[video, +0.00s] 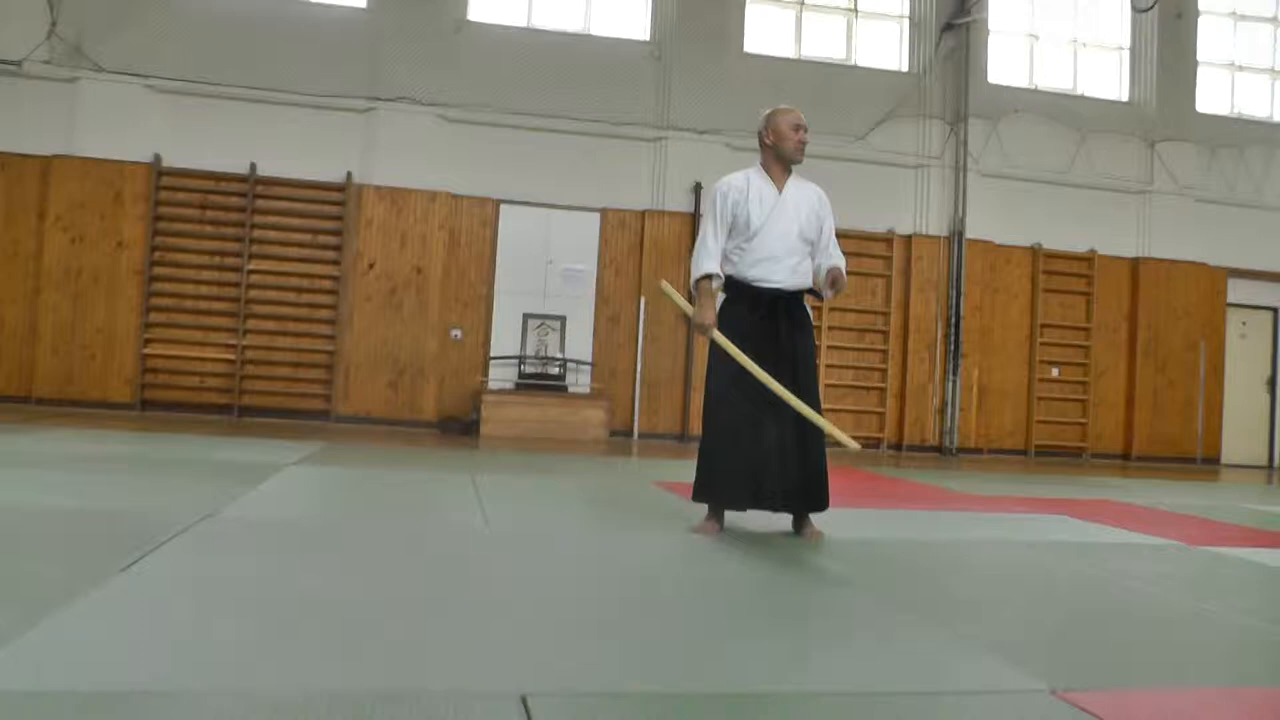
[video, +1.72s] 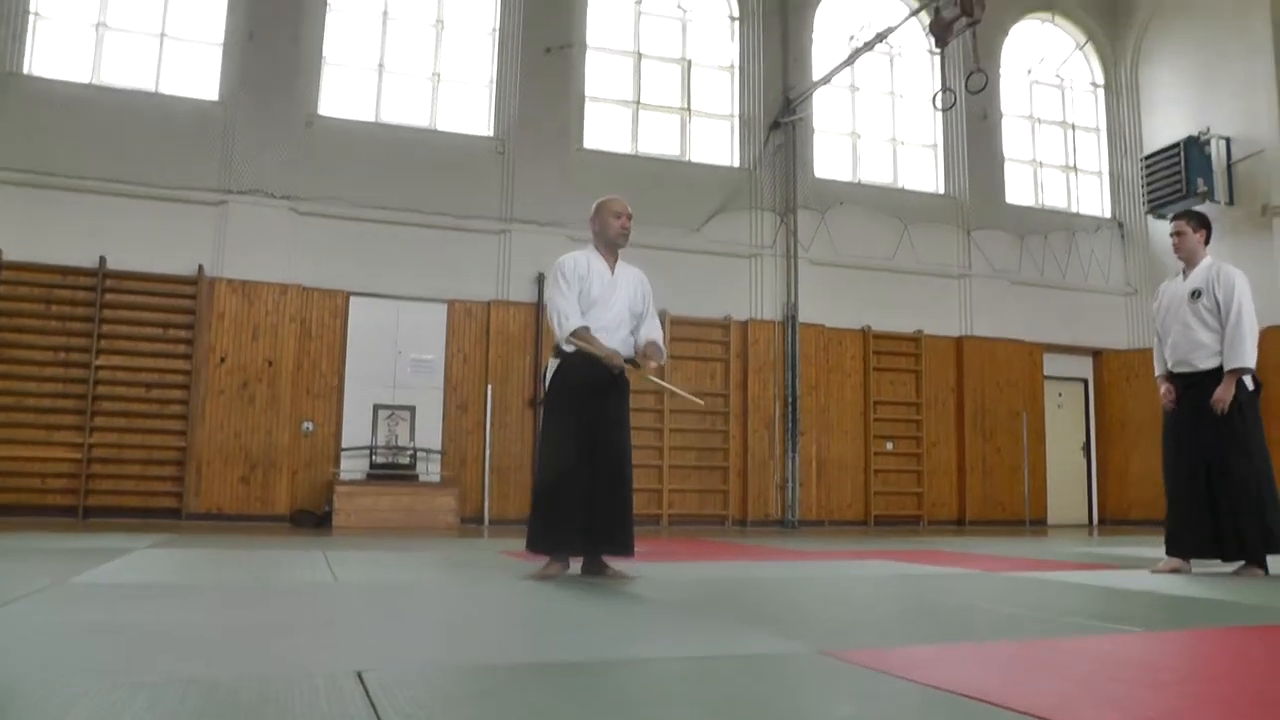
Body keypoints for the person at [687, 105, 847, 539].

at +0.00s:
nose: (805, 137)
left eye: (805, 131)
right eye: (796, 129)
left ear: (801, 141)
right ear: (767, 137)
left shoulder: (814, 197)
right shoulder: (732, 188)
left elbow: (828, 253)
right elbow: (708, 247)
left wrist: (834, 274)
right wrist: (705, 300)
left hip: (792, 312)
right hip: (741, 308)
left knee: (801, 409)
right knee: (728, 406)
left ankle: (802, 516)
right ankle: (715, 513)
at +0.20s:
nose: (808, 117)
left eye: (809, 111)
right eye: (800, 109)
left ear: (797, 118)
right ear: (772, 113)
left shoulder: (812, 170)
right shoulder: (737, 162)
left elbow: (830, 229)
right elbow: (711, 218)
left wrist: (851, 202)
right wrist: (710, 272)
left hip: (794, 286)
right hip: (747, 283)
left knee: (801, 381)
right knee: (736, 379)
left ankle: (804, 485)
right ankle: (727, 485)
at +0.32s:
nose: (753, 108)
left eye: (755, 102)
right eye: (746, 99)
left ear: (751, 108)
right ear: (719, 101)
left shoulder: (753, 159)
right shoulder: (684, 150)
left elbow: (767, 212)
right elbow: (660, 204)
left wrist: (794, 201)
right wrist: (662, 262)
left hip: (735, 271)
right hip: (690, 267)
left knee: (741, 365)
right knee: (682, 364)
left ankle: (741, 469)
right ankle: (673, 470)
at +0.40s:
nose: (708, 110)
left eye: (709, 103)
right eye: (700, 102)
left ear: (704, 111)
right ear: (672, 107)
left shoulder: (710, 164)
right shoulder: (642, 155)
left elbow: (726, 223)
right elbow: (621, 212)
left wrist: (747, 235)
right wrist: (628, 268)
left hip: (692, 275)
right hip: (647, 271)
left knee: (695, 370)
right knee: (640, 369)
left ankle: (688, 472)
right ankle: (633, 472)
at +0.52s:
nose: (656, 139)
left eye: (658, 133)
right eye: (648, 131)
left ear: (656, 142)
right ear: (622, 136)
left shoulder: (660, 195)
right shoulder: (595, 184)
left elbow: (669, 252)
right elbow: (578, 241)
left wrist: (676, 287)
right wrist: (588, 295)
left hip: (644, 303)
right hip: (603, 297)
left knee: (640, 399)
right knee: (594, 398)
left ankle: (632, 499)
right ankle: (587, 499)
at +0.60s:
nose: (636, 162)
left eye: (640, 156)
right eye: (628, 154)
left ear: (641, 165)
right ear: (604, 159)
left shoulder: (642, 218)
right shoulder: (577, 206)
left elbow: (649, 276)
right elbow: (563, 264)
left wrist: (647, 323)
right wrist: (574, 317)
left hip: (627, 323)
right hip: (585, 318)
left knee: (621, 420)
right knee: (576, 419)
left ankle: (613, 519)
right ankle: (568, 522)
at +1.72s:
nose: (627, 224)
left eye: (629, 219)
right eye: (618, 216)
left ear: (629, 228)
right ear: (595, 222)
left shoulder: (637, 278)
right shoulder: (570, 264)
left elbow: (649, 326)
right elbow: (565, 322)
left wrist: (651, 351)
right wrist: (601, 350)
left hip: (613, 375)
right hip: (574, 372)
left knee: (607, 464)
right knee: (563, 462)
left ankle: (595, 558)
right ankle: (559, 556)